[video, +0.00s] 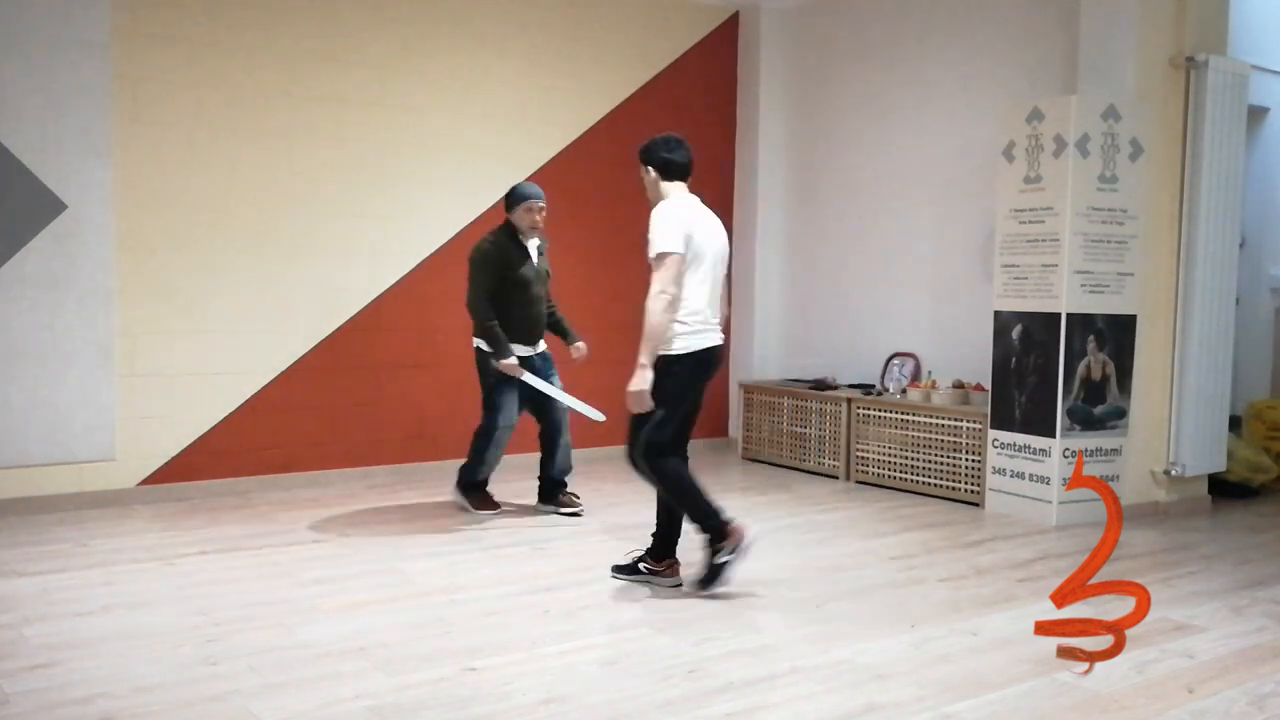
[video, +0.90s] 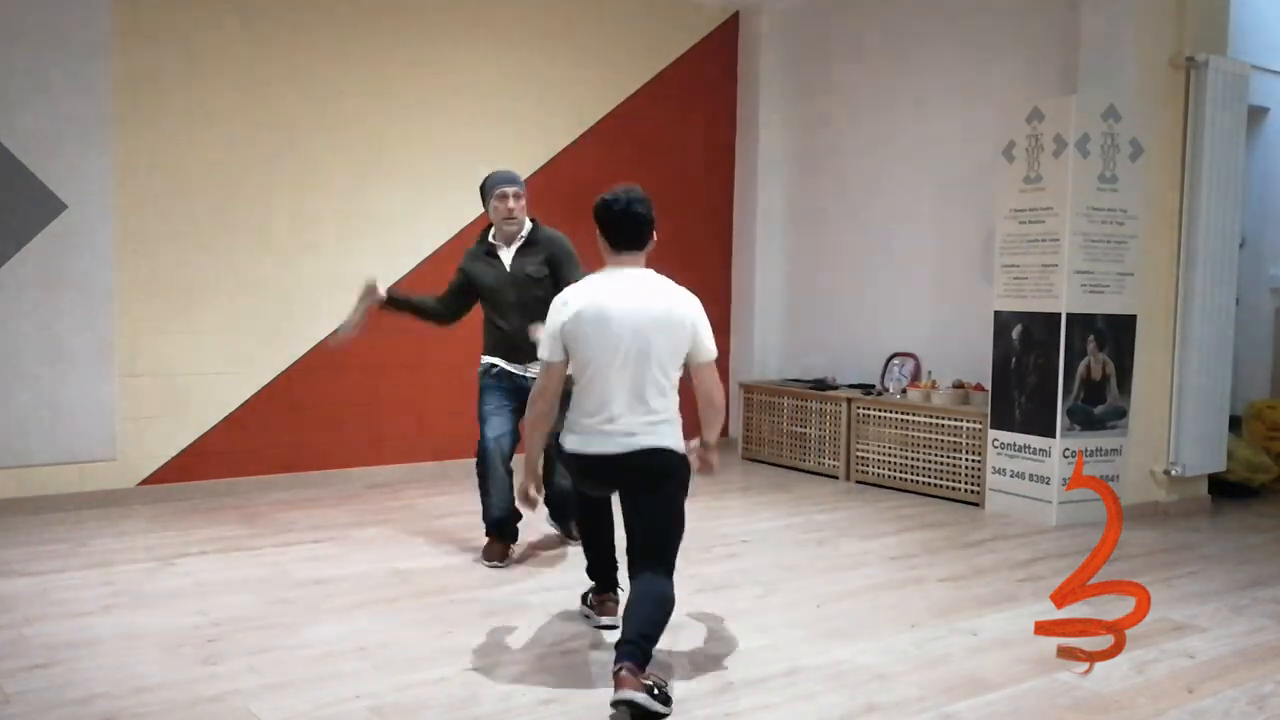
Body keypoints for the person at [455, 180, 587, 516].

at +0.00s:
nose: (539, 217)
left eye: (542, 210)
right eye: (531, 210)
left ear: (545, 213)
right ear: (512, 213)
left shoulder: (538, 248)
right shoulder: (489, 250)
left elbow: (542, 303)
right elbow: (477, 304)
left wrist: (569, 336)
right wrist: (502, 352)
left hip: (536, 352)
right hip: (499, 353)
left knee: (556, 416)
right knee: (501, 421)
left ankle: (553, 489)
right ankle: (472, 483)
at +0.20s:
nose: (558, 221)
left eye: (562, 215)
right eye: (550, 214)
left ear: (567, 219)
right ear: (533, 218)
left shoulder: (559, 256)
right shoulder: (512, 250)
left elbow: (568, 308)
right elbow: (508, 304)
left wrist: (604, 317)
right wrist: (547, 346)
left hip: (540, 352)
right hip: (504, 346)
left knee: (562, 410)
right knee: (511, 410)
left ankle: (553, 490)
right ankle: (494, 486)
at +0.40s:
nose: (558, 228)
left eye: (563, 222)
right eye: (551, 221)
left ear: (568, 225)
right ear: (535, 224)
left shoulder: (567, 262)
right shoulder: (518, 256)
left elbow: (580, 306)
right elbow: (552, 291)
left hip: (544, 363)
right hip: (504, 357)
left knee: (565, 422)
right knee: (498, 429)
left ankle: (551, 495)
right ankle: (485, 510)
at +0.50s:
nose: (546, 229)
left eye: (551, 223)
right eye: (539, 223)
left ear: (558, 227)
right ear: (523, 226)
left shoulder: (560, 263)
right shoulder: (508, 260)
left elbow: (574, 309)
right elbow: (531, 283)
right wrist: (568, 280)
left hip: (547, 364)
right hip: (505, 363)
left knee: (560, 432)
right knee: (503, 439)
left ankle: (550, 491)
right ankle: (496, 524)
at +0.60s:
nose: (531, 228)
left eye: (536, 221)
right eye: (523, 222)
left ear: (544, 224)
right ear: (508, 228)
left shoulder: (556, 259)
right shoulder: (497, 261)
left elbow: (574, 301)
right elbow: (483, 285)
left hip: (548, 366)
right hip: (505, 365)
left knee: (570, 432)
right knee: (508, 442)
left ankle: (552, 491)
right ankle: (499, 530)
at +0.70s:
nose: (520, 221)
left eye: (526, 213)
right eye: (511, 215)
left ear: (534, 218)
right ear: (496, 223)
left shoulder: (553, 255)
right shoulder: (485, 264)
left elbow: (579, 296)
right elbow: (460, 291)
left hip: (554, 362)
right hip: (508, 364)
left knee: (568, 430)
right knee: (505, 441)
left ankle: (552, 487)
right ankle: (499, 530)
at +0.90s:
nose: (511, 205)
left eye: (517, 197)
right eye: (502, 199)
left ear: (527, 202)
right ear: (487, 207)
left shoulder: (553, 246)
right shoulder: (478, 259)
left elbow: (579, 302)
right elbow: (447, 311)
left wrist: (553, 330)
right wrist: (389, 299)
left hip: (551, 370)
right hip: (500, 369)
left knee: (557, 450)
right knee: (494, 443)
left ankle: (567, 517)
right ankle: (500, 534)